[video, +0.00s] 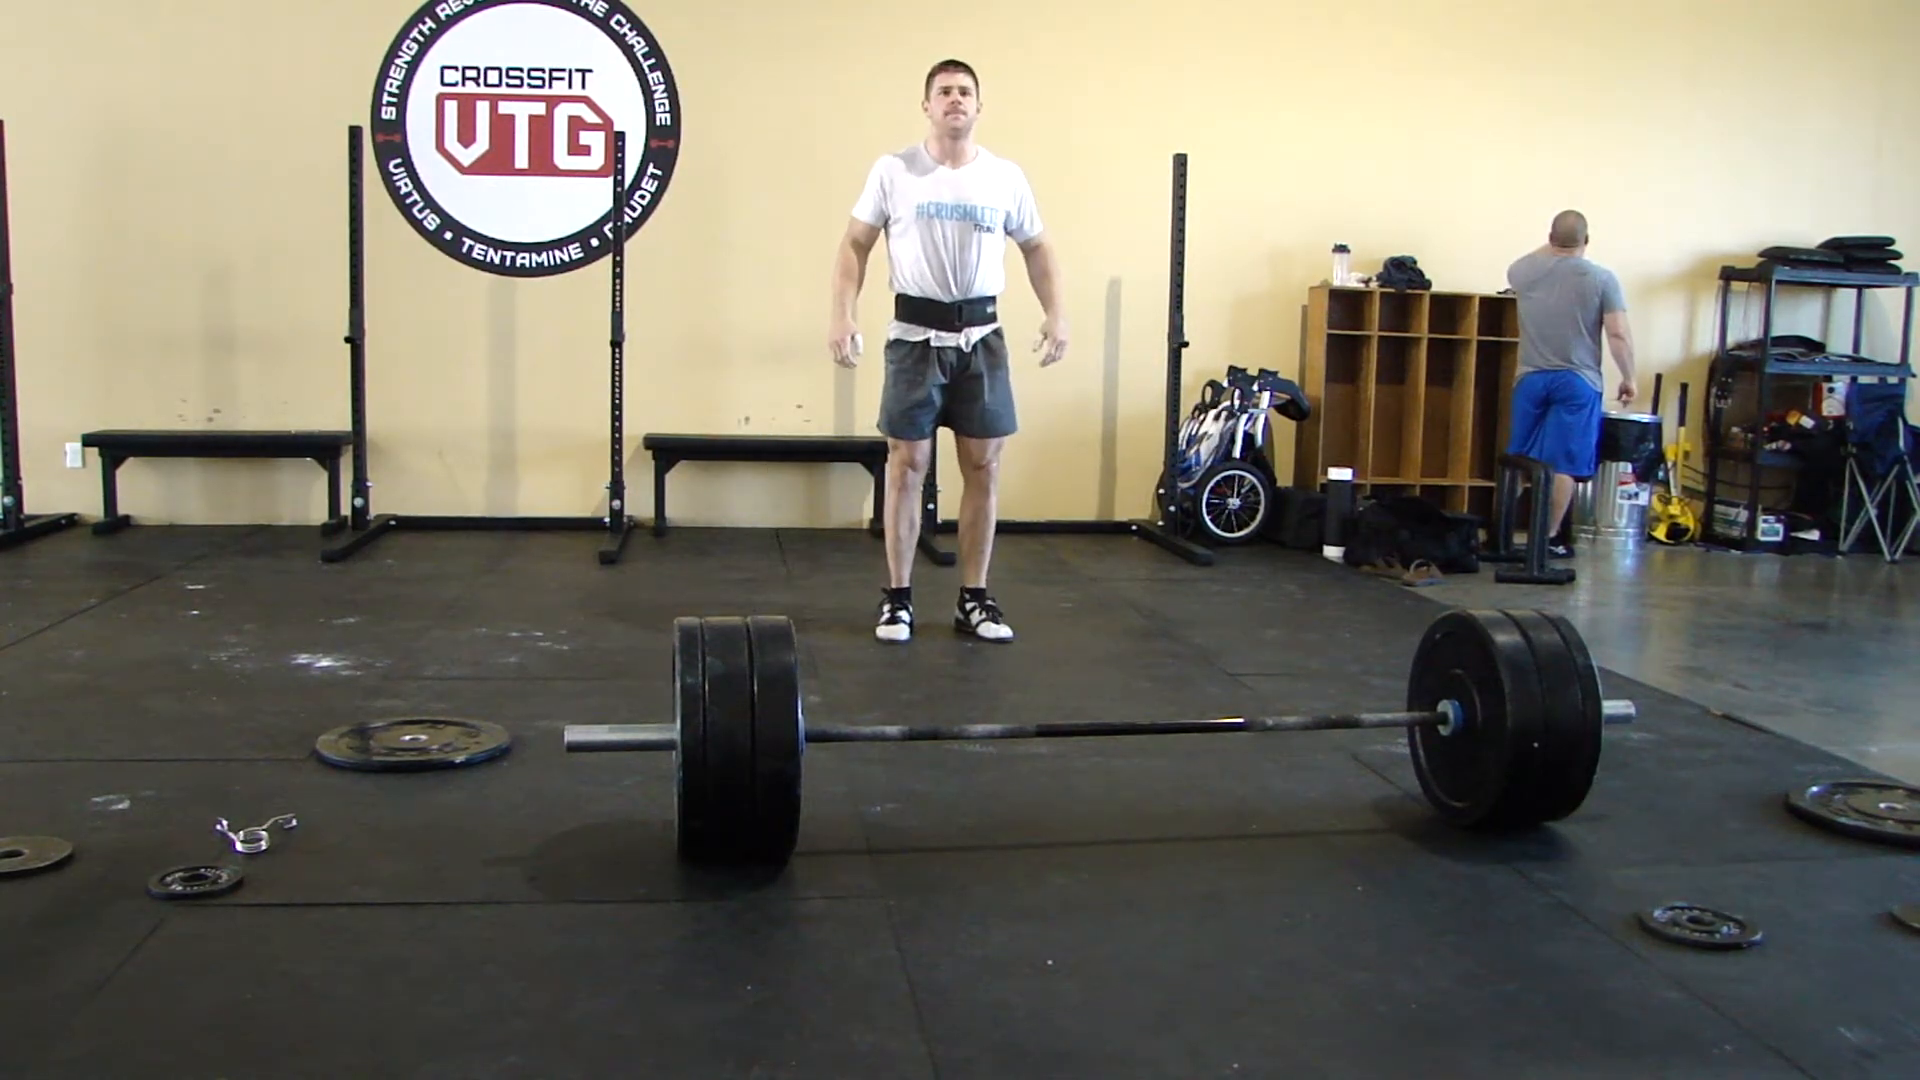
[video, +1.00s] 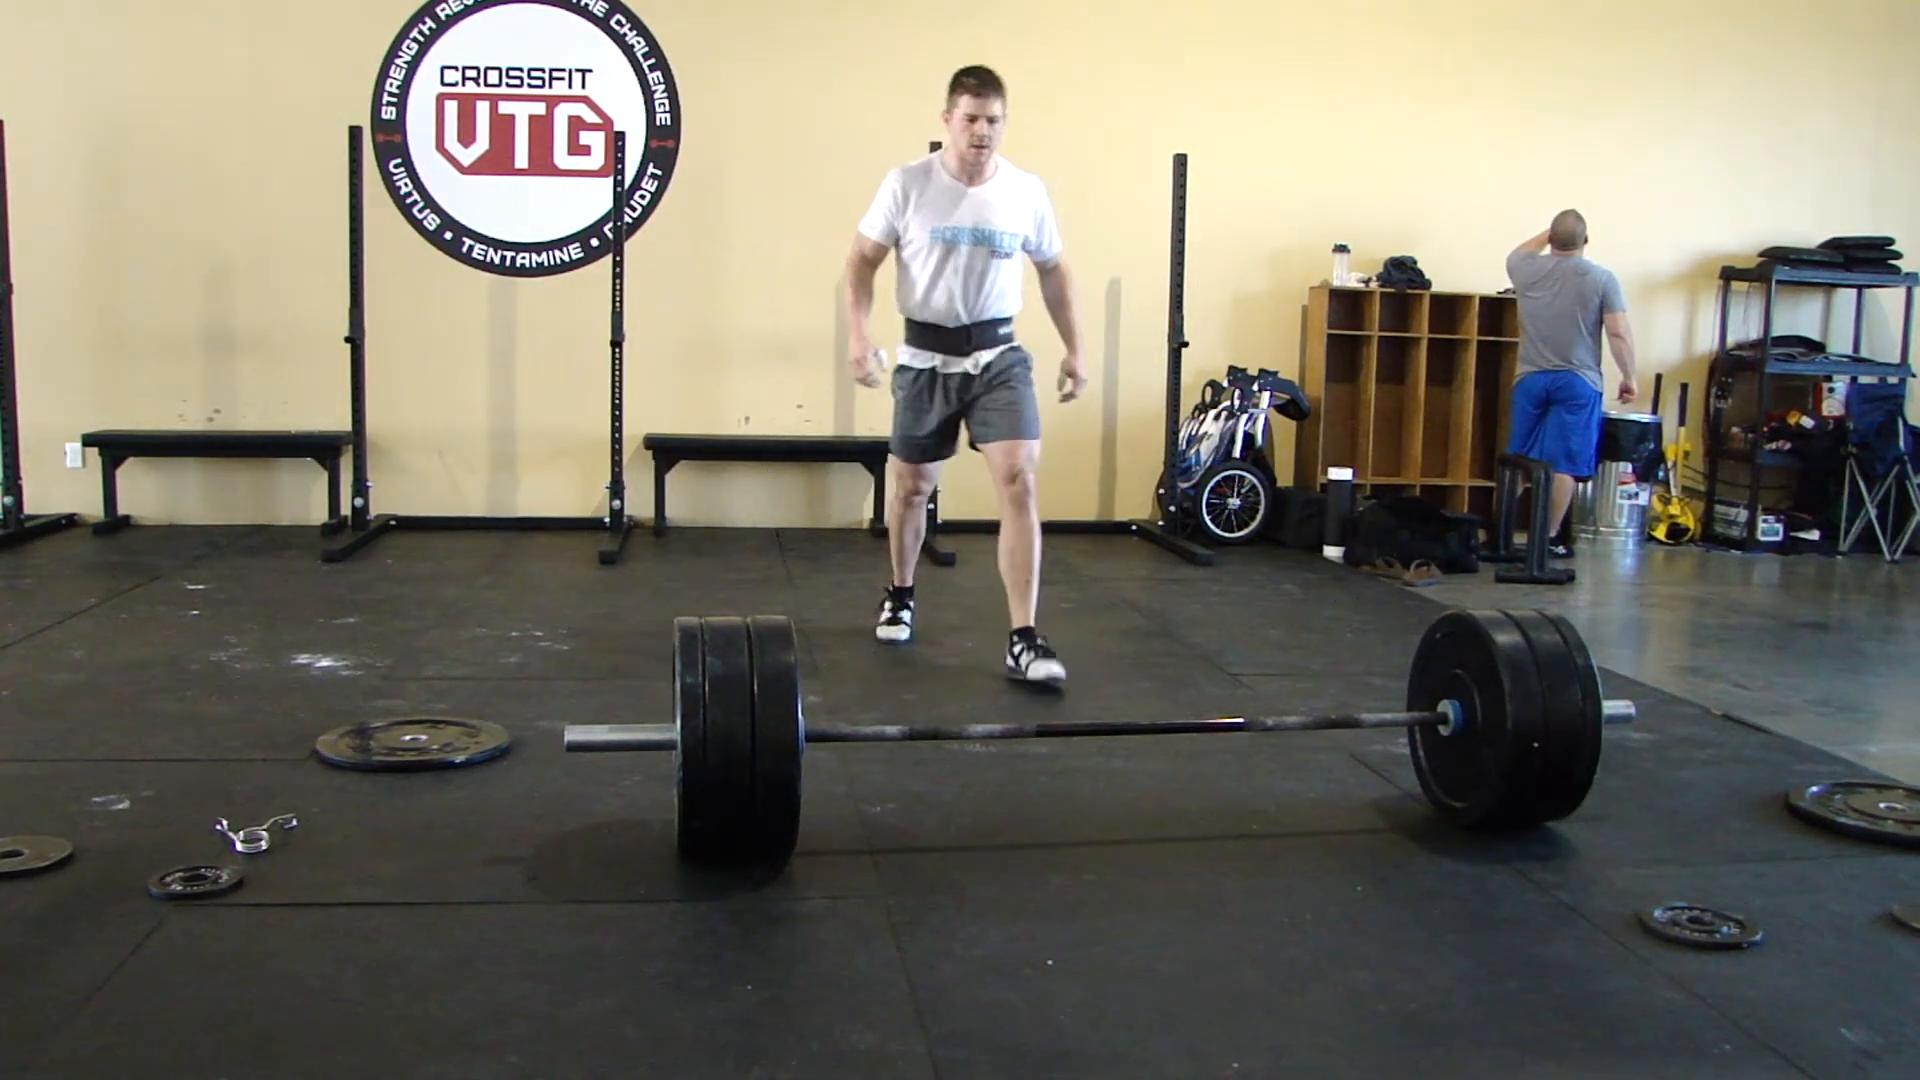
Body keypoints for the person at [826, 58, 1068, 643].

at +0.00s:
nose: (955, 99)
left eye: (965, 92)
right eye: (945, 92)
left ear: (979, 107)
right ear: (926, 106)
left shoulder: (1004, 176)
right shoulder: (893, 172)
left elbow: (1036, 248)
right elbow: (855, 245)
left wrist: (1055, 317)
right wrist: (842, 317)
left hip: (981, 341)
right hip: (913, 339)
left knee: (983, 468)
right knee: (906, 464)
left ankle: (974, 599)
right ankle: (897, 598)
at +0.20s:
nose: (952, 110)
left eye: (962, 100)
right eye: (942, 100)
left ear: (976, 109)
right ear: (923, 108)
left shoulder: (1000, 178)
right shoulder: (889, 175)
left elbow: (1032, 249)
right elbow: (851, 247)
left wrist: (1056, 313)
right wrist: (838, 319)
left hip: (978, 342)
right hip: (911, 341)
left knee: (979, 467)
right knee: (906, 465)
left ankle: (974, 599)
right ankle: (897, 599)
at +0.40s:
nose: (946, 113)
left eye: (956, 103)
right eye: (936, 103)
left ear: (971, 110)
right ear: (917, 108)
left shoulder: (996, 179)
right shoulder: (883, 176)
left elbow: (1027, 250)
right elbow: (845, 249)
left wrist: (1047, 315)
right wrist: (826, 326)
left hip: (971, 344)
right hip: (905, 343)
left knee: (972, 470)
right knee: (905, 466)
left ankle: (974, 599)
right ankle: (898, 599)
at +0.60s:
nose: (942, 119)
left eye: (952, 109)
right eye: (931, 108)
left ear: (966, 114)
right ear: (911, 111)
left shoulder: (990, 181)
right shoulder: (875, 178)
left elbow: (1019, 254)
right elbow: (837, 251)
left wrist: (1039, 327)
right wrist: (818, 326)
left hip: (968, 346)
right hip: (898, 348)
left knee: (990, 471)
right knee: (900, 472)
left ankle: (972, 591)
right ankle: (897, 598)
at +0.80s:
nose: (953, 124)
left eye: (963, 113)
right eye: (942, 112)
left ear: (976, 117)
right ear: (920, 112)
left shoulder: (998, 182)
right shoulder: (880, 180)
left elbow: (1026, 256)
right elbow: (840, 253)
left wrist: (1048, 332)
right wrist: (825, 333)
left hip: (976, 348)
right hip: (904, 351)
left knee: (1004, 466)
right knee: (903, 473)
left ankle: (1006, 613)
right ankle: (898, 599)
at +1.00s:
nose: (983, 132)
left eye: (993, 121)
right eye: (972, 119)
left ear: (1005, 125)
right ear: (946, 120)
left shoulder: (1026, 192)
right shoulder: (907, 186)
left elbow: (1053, 271)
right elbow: (861, 264)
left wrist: (1074, 349)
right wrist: (857, 336)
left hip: (998, 361)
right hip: (923, 361)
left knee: (1020, 482)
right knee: (910, 488)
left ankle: (1025, 637)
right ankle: (900, 596)